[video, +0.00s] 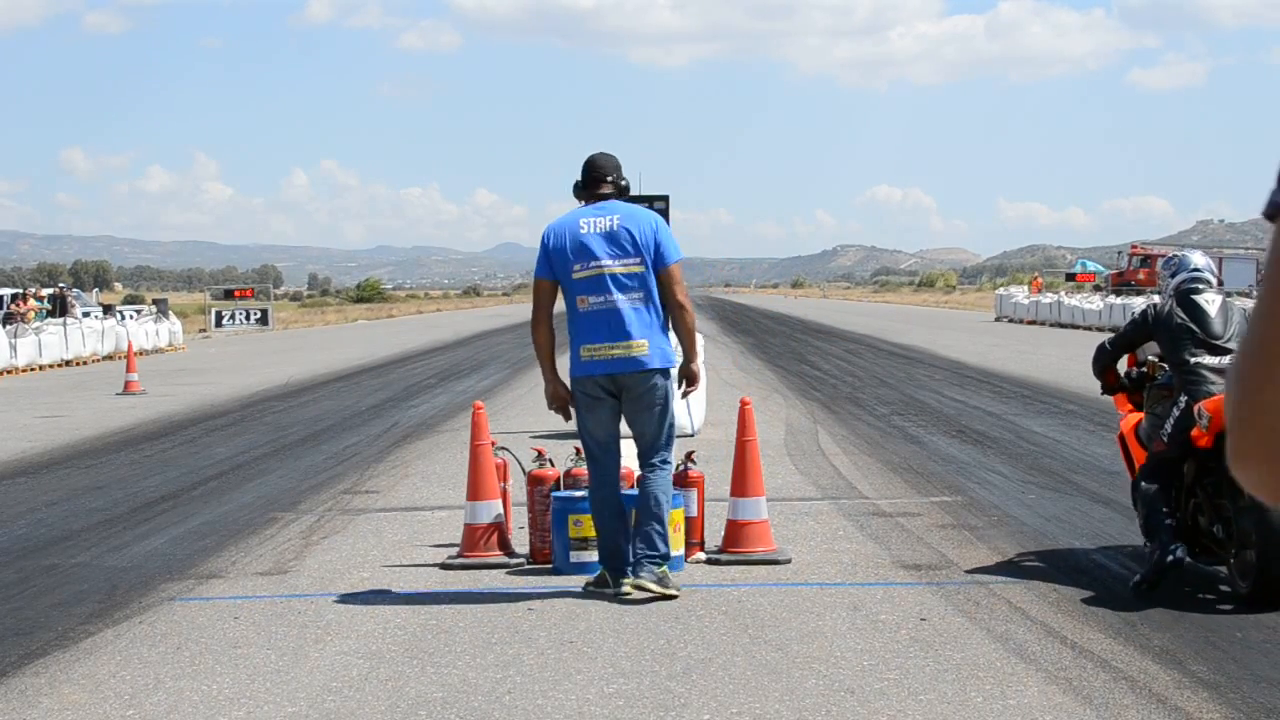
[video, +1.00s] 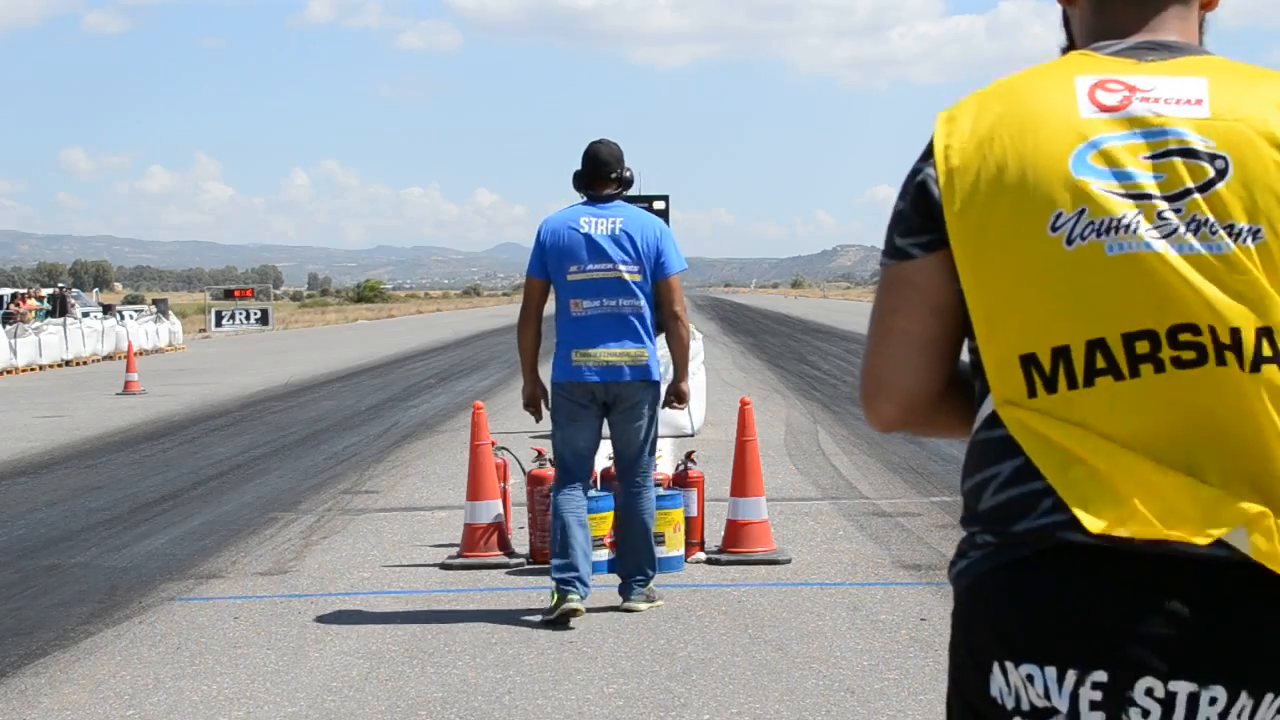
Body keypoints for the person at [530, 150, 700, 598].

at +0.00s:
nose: (613, 190)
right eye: (619, 184)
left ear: (580, 189)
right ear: (621, 185)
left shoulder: (556, 233)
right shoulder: (648, 221)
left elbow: (541, 316)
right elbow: (678, 300)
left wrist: (551, 378)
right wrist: (691, 359)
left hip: (589, 367)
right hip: (646, 362)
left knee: (602, 468)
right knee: (656, 459)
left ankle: (613, 570)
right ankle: (650, 566)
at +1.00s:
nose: (607, 182)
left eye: (588, 176)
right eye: (621, 176)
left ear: (580, 181)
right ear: (625, 180)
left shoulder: (553, 229)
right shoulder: (653, 229)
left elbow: (530, 313)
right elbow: (674, 312)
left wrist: (530, 376)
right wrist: (682, 375)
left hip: (575, 372)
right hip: (636, 371)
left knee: (571, 480)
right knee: (636, 477)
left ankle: (570, 588)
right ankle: (637, 586)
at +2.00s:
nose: (556, 183)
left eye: (559, 175)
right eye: (556, 175)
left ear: (576, 176)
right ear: (612, 177)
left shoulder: (562, 227)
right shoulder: (661, 224)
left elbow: (540, 316)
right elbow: (681, 313)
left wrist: (524, 381)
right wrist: (666, 370)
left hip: (584, 382)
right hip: (651, 378)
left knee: (574, 491)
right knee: (645, 492)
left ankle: (569, 604)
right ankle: (648, 614)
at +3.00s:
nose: (573, 173)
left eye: (576, 163)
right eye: (573, 163)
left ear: (592, 165)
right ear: (630, 165)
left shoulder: (582, 218)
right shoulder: (674, 214)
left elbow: (563, 316)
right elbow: (698, 300)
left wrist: (545, 384)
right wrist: (679, 362)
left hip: (607, 381)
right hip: (671, 379)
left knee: (622, 501)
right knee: (660, 493)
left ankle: (639, 631)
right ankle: (653, 609)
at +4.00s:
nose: (603, 167)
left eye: (610, 158)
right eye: (603, 157)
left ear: (640, 160)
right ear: (656, 162)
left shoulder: (625, 215)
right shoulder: (708, 214)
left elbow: (610, 314)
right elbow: (724, 307)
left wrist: (588, 391)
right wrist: (700, 359)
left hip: (636, 383)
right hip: (697, 381)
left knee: (634, 507)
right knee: (698, 503)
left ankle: (639, 630)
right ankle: (706, 627)